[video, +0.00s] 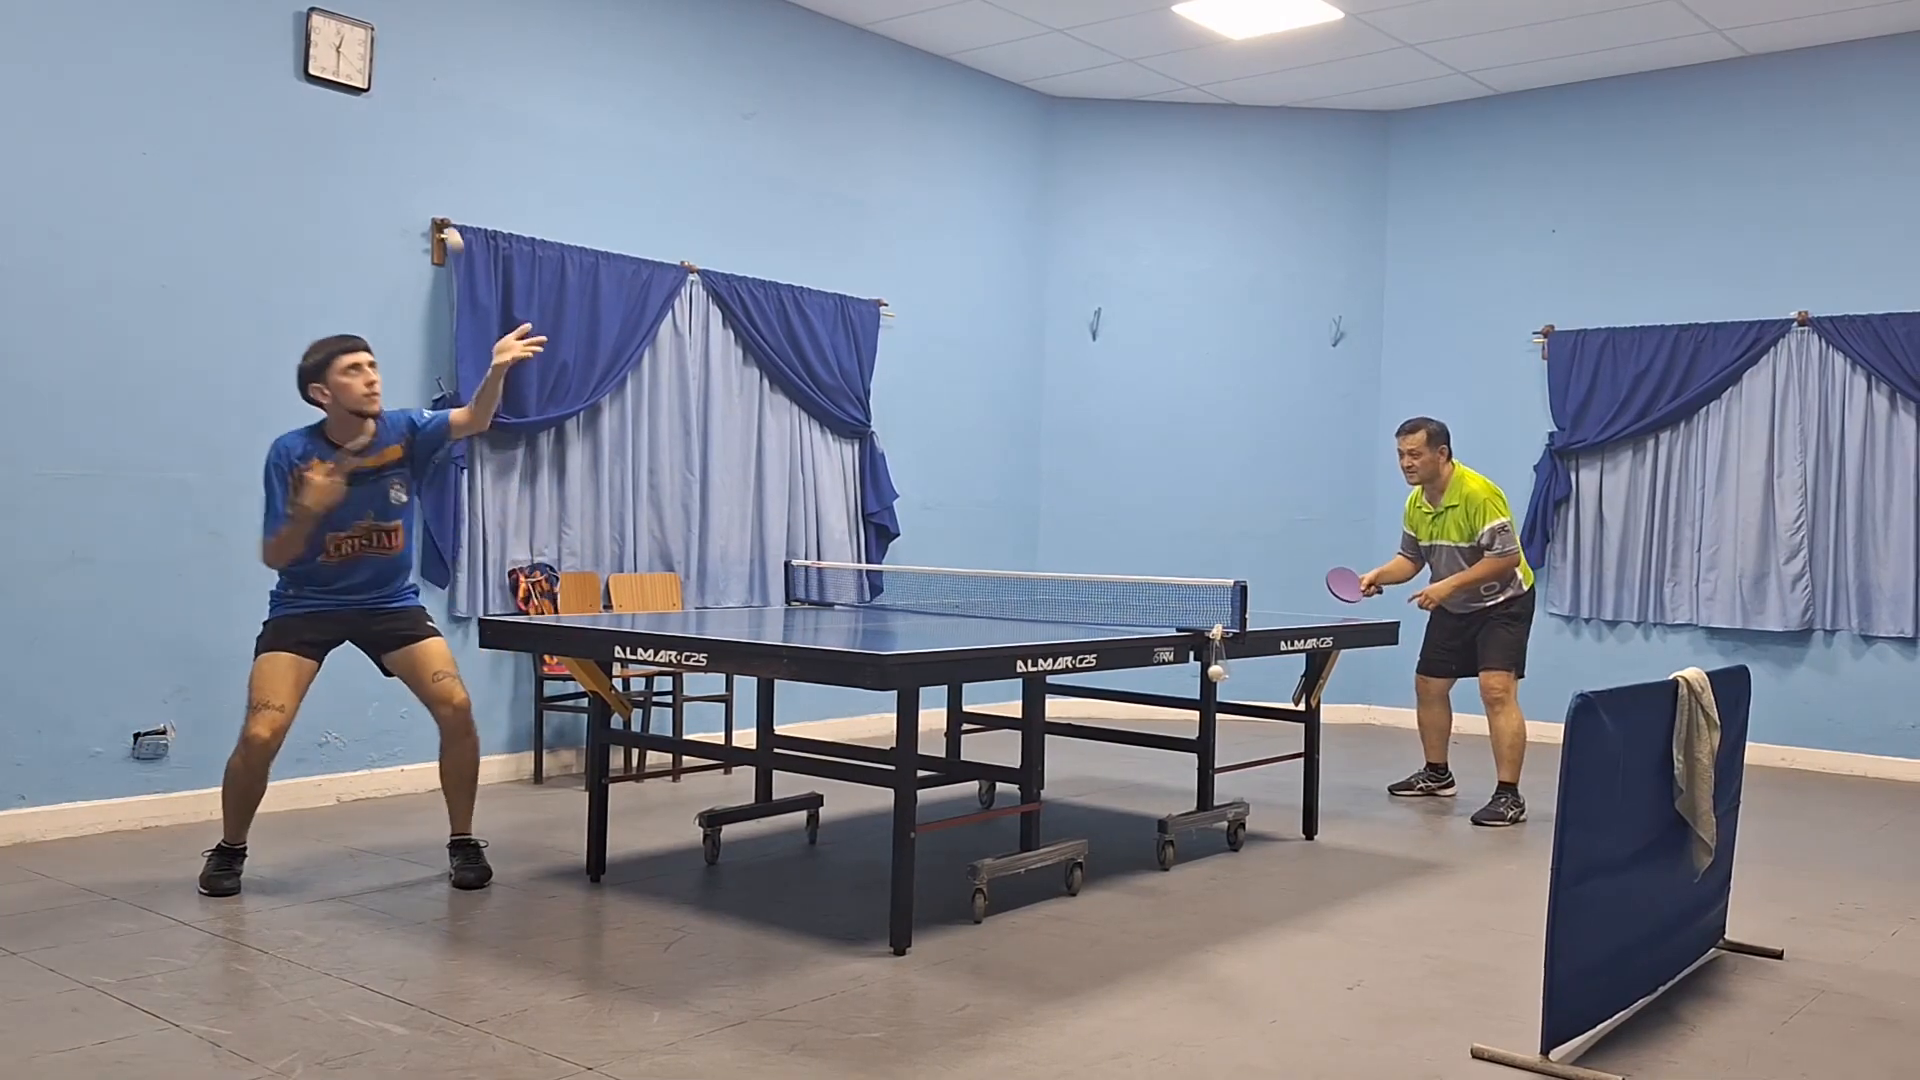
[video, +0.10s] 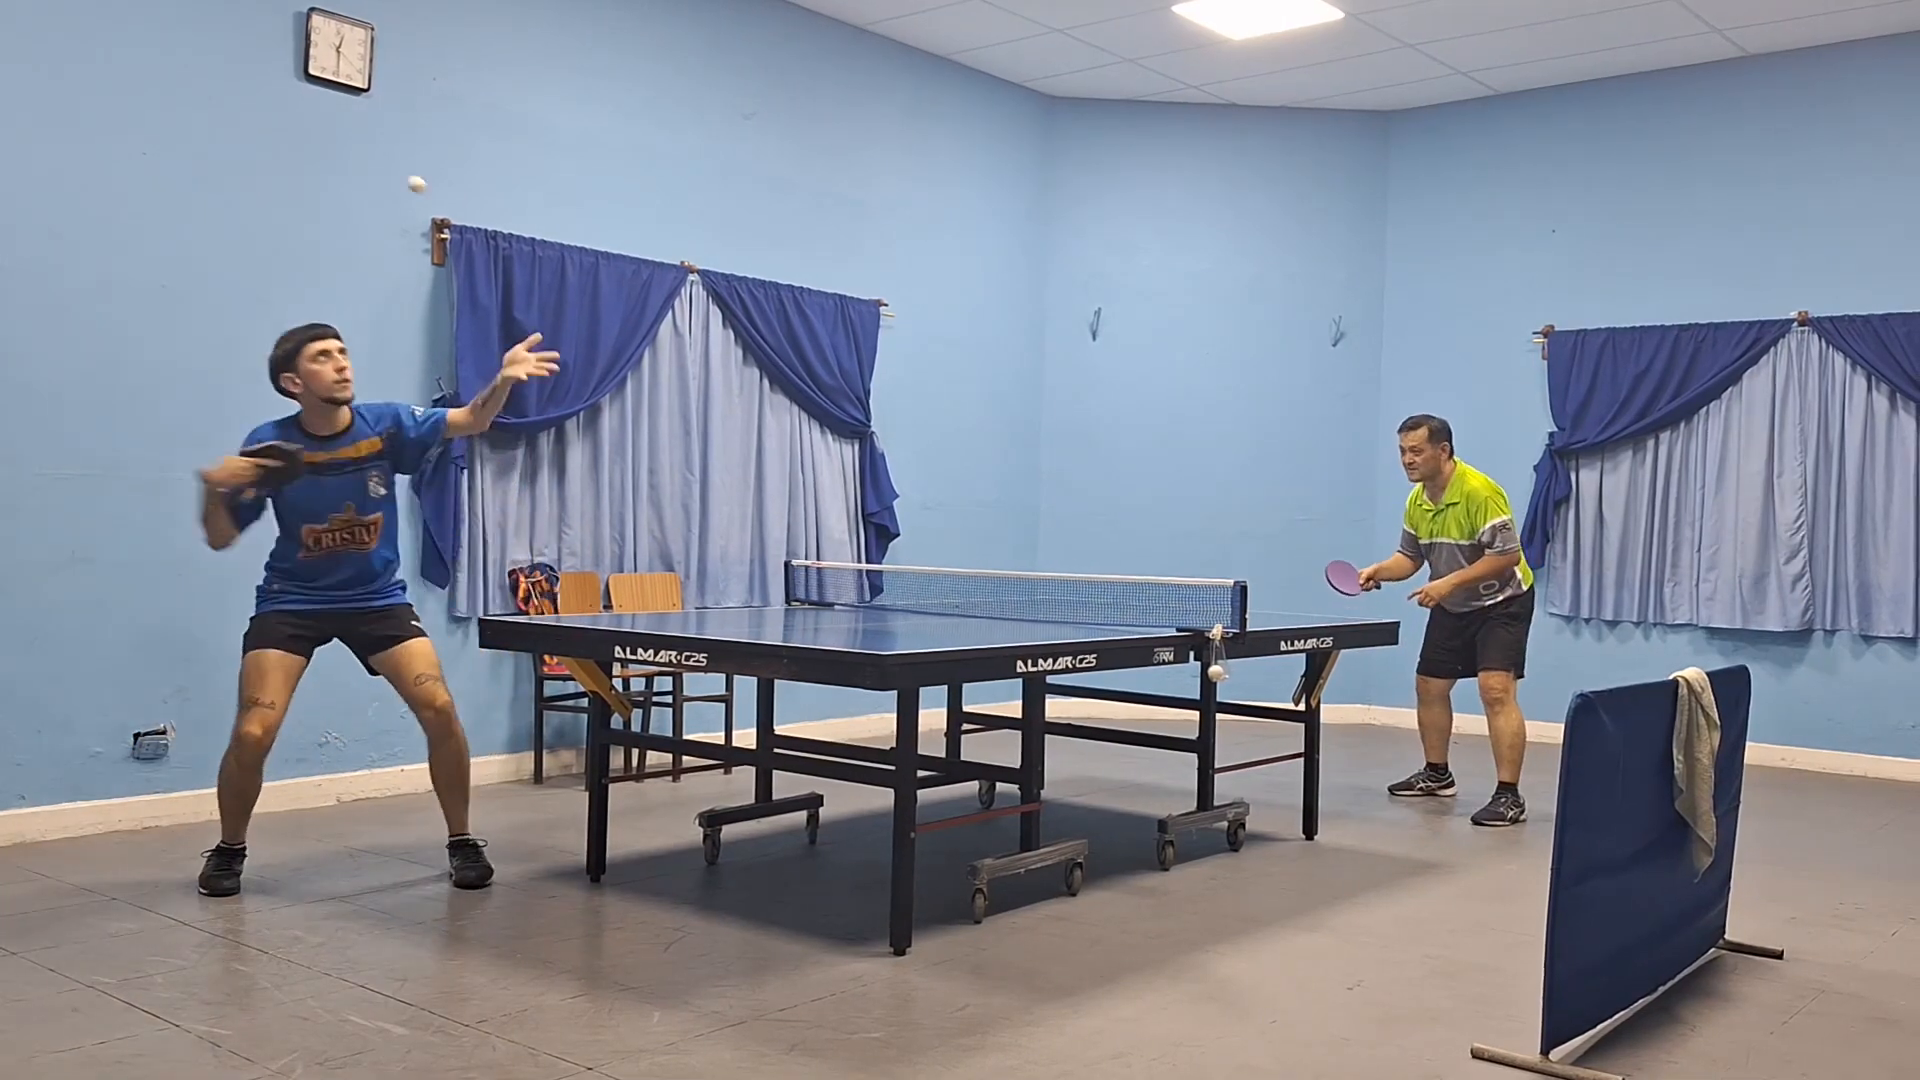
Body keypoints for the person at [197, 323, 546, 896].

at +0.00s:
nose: (371, 378)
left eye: (373, 368)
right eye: (354, 370)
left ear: (380, 377)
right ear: (321, 393)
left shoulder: (406, 430)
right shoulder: (291, 453)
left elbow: (476, 417)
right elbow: (276, 557)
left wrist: (497, 367)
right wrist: (308, 511)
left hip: (389, 600)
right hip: (305, 604)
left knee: (454, 704)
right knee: (261, 733)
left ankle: (463, 842)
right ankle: (230, 849)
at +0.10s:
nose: (340, 365)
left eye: (342, 354)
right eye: (322, 358)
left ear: (353, 367)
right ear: (291, 380)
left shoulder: (386, 423)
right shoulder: (269, 445)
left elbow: (471, 419)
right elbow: (221, 536)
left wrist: (504, 377)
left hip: (378, 599)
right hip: (291, 600)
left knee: (437, 704)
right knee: (254, 732)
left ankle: (462, 843)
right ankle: (229, 849)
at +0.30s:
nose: (295, 351)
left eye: (297, 341)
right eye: (278, 345)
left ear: (309, 356)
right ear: (246, 373)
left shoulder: (354, 422)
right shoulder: (233, 437)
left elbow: (444, 450)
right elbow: (162, 481)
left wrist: (505, 430)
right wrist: (109, 439)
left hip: (346, 594)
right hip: (259, 598)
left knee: (424, 704)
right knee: (230, 734)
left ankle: (449, 833)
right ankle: (229, 852)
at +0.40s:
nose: (293, 355)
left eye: (294, 346)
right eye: (275, 351)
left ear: (305, 360)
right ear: (244, 377)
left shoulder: (351, 427)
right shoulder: (232, 437)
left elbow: (428, 474)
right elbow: (162, 485)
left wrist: (498, 466)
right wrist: (95, 438)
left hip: (335, 590)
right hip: (250, 596)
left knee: (425, 692)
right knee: (225, 733)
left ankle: (399, 798)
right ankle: (230, 849)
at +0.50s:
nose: (314, 369)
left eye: (313, 358)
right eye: (295, 364)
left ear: (321, 370)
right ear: (262, 390)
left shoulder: (359, 439)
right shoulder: (238, 445)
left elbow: (419, 497)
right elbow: (169, 502)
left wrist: (492, 502)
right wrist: (100, 451)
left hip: (328, 594)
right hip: (245, 598)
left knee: (422, 682)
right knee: (224, 741)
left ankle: (342, 759)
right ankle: (230, 851)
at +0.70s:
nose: (432, 450)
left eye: (431, 438)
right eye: (421, 439)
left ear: (382, 445)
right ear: (377, 444)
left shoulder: (391, 490)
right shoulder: (300, 462)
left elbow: (405, 523)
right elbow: (180, 477)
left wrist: (476, 539)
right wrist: (261, 534)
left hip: (305, 613)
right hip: (227, 611)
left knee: (390, 709)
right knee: (239, 750)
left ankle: (342, 848)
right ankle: (230, 852)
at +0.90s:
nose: (481, 452)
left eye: (483, 439)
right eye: (478, 439)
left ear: (442, 438)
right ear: (446, 438)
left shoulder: (389, 483)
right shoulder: (361, 458)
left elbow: (338, 529)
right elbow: (272, 479)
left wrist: (405, 553)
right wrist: (310, 572)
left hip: (305, 605)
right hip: (243, 605)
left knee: (389, 709)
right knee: (292, 746)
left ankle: (342, 850)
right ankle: (206, 820)